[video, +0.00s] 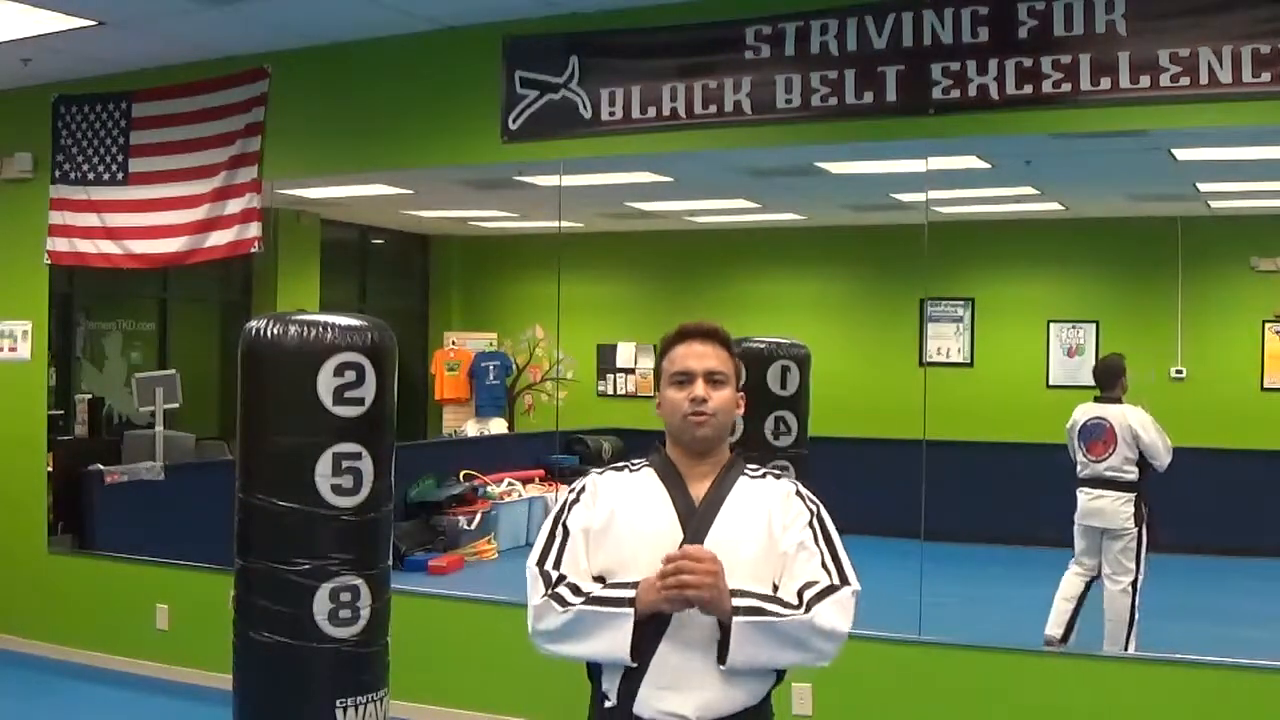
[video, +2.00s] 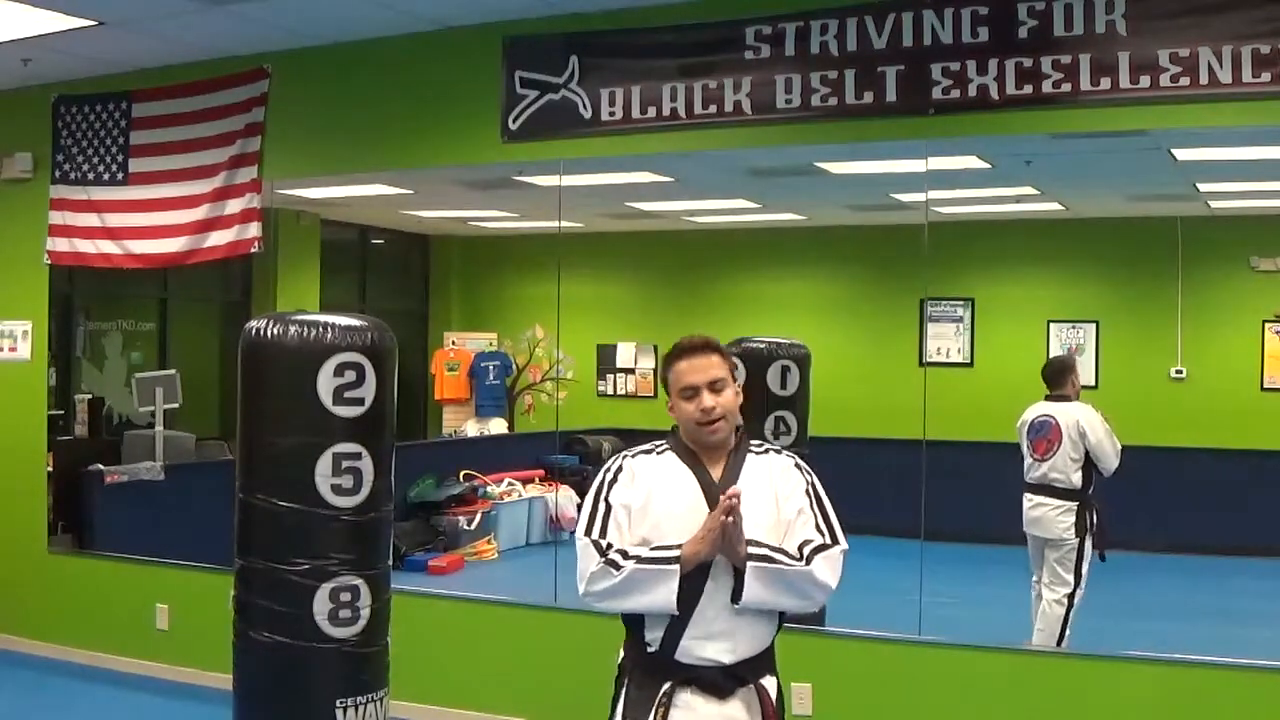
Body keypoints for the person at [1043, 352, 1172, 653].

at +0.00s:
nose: (1128, 379)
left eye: (1125, 374)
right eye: (1126, 375)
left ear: (1096, 380)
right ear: (1123, 380)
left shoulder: (1080, 413)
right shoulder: (1135, 416)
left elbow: (1075, 455)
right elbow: (1162, 459)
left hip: (1086, 500)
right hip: (1122, 504)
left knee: (1081, 567)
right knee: (1121, 579)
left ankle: (1053, 636)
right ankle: (1117, 653)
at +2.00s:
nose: (1080, 380)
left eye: (1077, 375)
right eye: (1077, 375)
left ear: (1048, 383)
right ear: (1072, 381)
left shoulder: (1030, 414)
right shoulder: (1084, 416)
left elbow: (1030, 454)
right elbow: (1109, 463)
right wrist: (1102, 425)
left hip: (1033, 510)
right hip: (1067, 515)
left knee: (1039, 582)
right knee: (1060, 589)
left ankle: (1039, 648)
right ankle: (1044, 656)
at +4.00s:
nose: (1167, 385)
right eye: (1169, 380)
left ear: (1143, 382)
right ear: (1170, 382)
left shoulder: (1120, 411)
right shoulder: (1184, 415)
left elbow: (1107, 456)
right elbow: (1200, 460)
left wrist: (1136, 452)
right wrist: (1172, 455)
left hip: (1124, 501)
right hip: (1160, 504)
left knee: (1119, 567)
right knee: (1151, 573)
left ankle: (1116, 636)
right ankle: (1138, 647)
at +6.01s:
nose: (1181, 391)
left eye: (1177, 387)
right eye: (1180, 388)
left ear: (1152, 393)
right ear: (1177, 392)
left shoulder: (1134, 426)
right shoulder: (1195, 426)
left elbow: (1117, 472)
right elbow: (1212, 472)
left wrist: (1141, 481)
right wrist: (1200, 490)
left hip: (1145, 506)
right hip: (1183, 507)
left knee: (1134, 574)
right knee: (1203, 572)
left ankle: (1132, 644)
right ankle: (1220, 634)